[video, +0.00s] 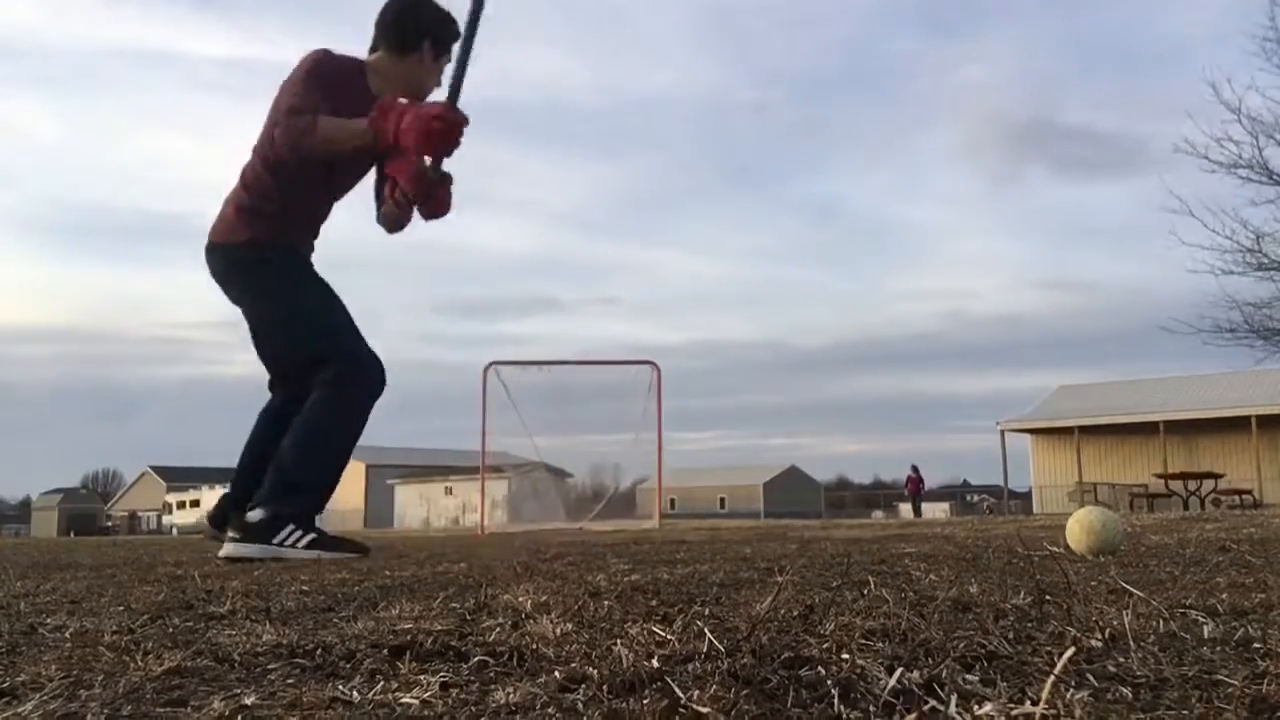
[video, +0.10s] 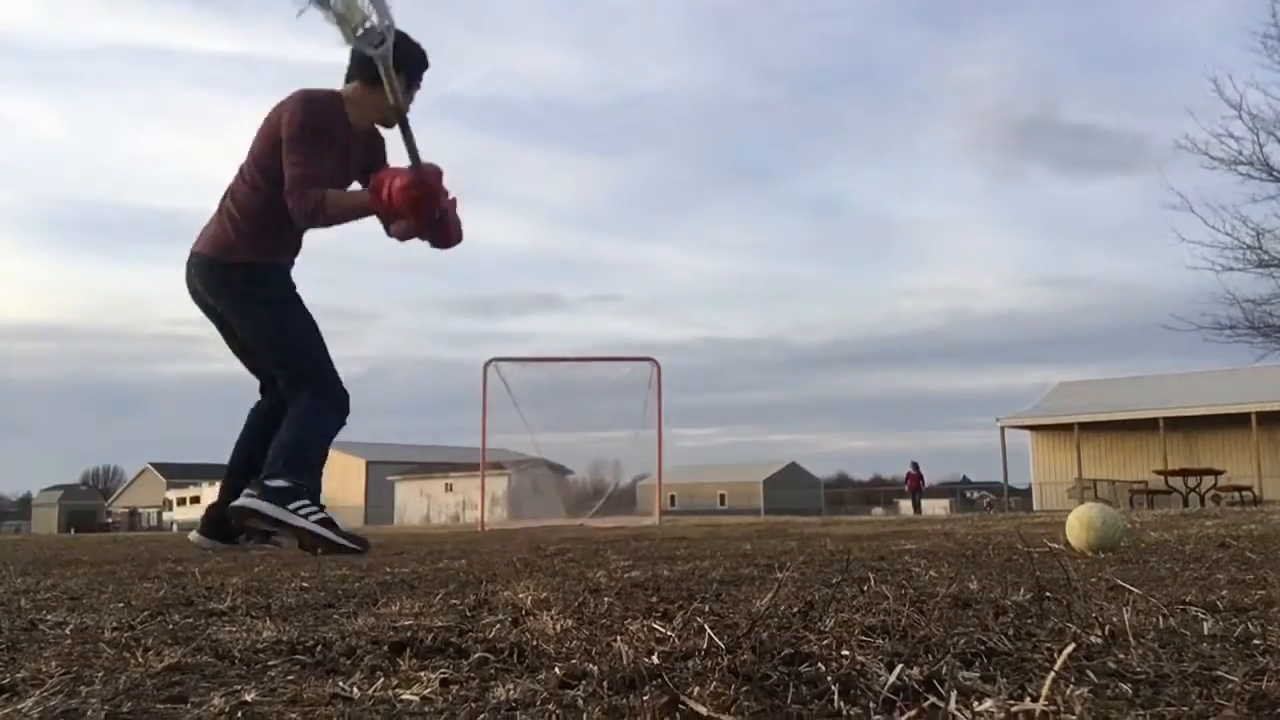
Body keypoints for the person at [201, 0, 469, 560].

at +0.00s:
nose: (438, 81)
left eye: (442, 67)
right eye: (439, 63)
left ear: (397, 47)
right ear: (418, 50)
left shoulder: (394, 115)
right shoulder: (325, 69)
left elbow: (391, 219)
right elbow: (293, 134)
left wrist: (409, 186)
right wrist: (386, 129)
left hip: (280, 253)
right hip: (253, 247)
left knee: (300, 383)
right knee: (357, 373)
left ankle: (239, 511)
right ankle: (275, 518)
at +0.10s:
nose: (410, 104)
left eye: (414, 91)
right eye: (408, 89)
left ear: (373, 80)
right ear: (379, 79)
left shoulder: (369, 143)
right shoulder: (309, 111)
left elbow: (391, 224)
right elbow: (305, 207)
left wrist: (425, 213)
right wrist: (382, 196)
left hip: (241, 271)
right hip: (239, 267)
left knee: (283, 390)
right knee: (325, 395)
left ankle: (230, 512)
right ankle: (284, 490)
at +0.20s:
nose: (385, 115)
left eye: (389, 104)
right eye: (386, 102)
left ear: (336, 86)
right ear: (365, 96)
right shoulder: (337, 161)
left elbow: (327, 202)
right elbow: (344, 261)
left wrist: (394, 222)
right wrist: (409, 256)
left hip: (183, 270)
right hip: (244, 279)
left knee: (249, 396)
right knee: (289, 425)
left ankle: (230, 523)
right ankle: (227, 452)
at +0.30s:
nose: (385, 136)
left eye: (389, 126)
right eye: (388, 126)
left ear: (340, 97)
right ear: (379, 120)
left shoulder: (281, 106)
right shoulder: (359, 184)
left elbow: (212, 156)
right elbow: (323, 238)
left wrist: (278, 207)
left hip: (177, 267)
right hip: (239, 287)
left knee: (233, 400)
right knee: (225, 425)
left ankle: (223, 523)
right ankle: (109, 448)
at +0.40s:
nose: (372, 146)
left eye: (374, 137)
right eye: (376, 137)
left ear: (330, 108)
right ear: (369, 132)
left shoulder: (285, 116)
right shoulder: (348, 193)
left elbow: (214, 152)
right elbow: (257, 201)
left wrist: (195, 176)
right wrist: (173, 177)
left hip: (181, 274)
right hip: (237, 294)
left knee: (254, 385)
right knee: (164, 432)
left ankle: (224, 524)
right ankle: (17, 499)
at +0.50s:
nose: (343, 140)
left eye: (345, 132)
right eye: (347, 132)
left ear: (302, 107)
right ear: (342, 129)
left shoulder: (269, 120)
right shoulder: (329, 185)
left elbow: (229, 171)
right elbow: (233, 203)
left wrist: (146, 173)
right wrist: (147, 170)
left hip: (183, 278)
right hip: (240, 299)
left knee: (249, 389)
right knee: (151, 424)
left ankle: (222, 527)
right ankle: (10, 488)